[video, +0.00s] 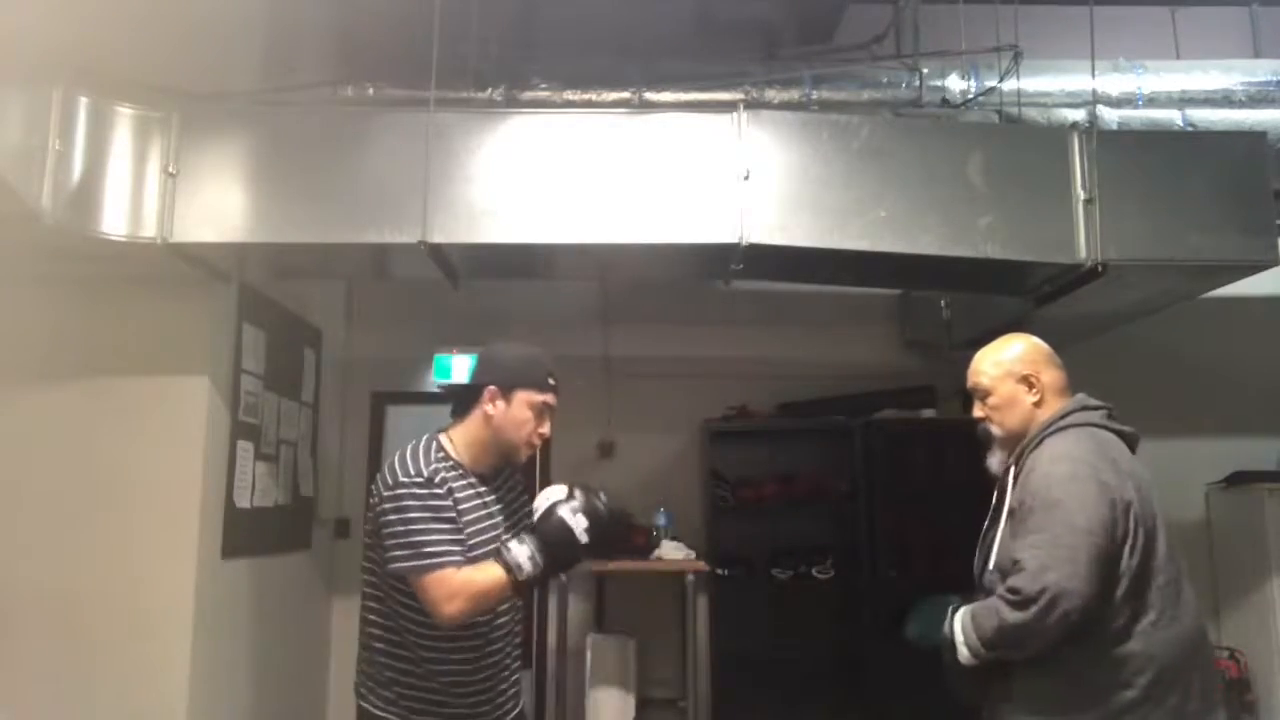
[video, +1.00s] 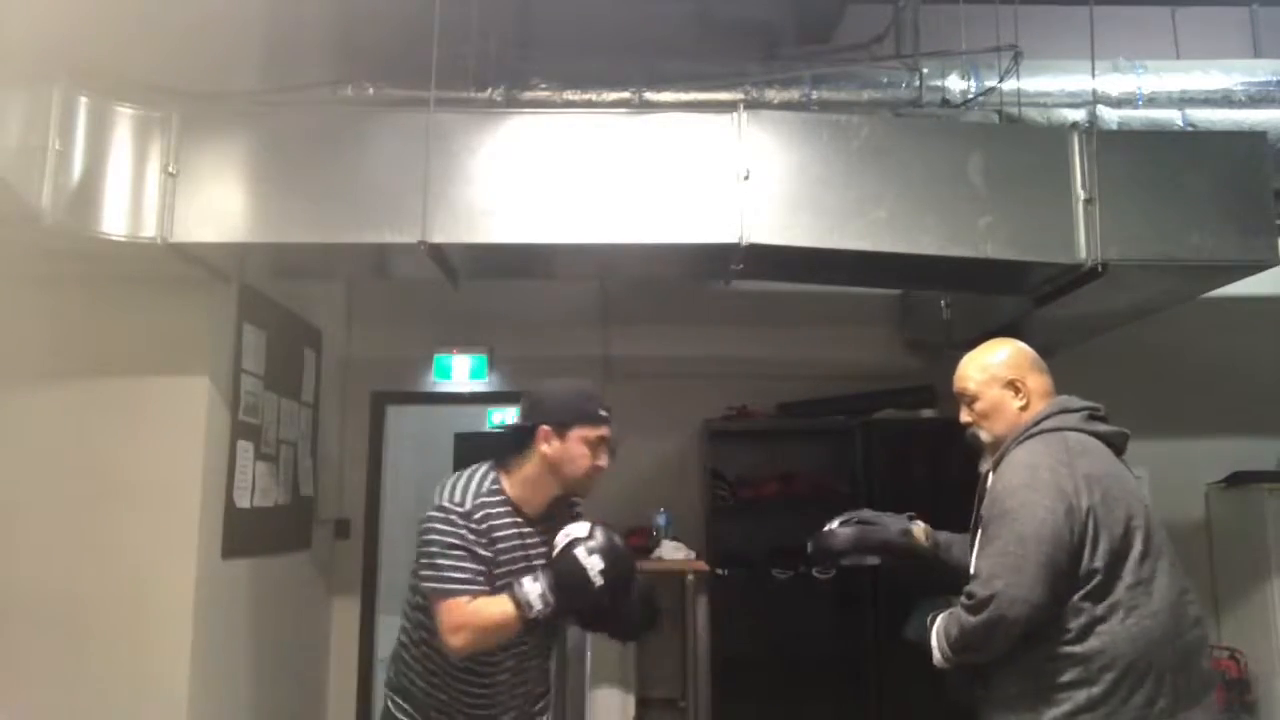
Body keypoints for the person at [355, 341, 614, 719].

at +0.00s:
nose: (547, 431)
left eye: (550, 416)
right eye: (539, 411)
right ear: (492, 401)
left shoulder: (503, 475)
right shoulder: (413, 480)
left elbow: (512, 572)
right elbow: (448, 602)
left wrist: (571, 533)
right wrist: (537, 550)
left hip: (500, 703)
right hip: (418, 709)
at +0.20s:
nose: (561, 455)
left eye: (564, 440)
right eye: (553, 435)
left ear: (507, 428)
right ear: (506, 425)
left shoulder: (509, 497)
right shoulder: (424, 491)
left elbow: (507, 602)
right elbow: (461, 603)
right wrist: (552, 544)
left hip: (499, 706)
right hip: (418, 709)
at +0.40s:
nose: (645, 487)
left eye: (649, 475)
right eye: (636, 470)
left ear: (612, 462)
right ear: (595, 452)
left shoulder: (621, 517)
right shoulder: (497, 484)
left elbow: (685, 573)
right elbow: (473, 566)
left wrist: (752, 596)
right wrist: (579, 524)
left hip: (536, 705)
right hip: (443, 701)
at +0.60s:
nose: (688, 511)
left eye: (693, 499)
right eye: (682, 494)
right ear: (636, 480)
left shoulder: (667, 555)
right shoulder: (539, 511)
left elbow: (713, 616)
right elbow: (509, 612)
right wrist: (608, 562)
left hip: (585, 713)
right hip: (476, 710)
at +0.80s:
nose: (649, 491)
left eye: (653, 474)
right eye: (639, 471)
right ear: (593, 462)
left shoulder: (601, 531)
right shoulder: (498, 512)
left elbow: (602, 624)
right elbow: (490, 630)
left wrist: (643, 650)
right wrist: (590, 582)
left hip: (556, 710)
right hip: (465, 710)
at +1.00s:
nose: (604, 462)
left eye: (605, 447)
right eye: (594, 444)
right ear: (547, 440)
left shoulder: (564, 514)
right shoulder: (458, 508)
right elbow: (457, 632)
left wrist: (619, 604)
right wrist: (551, 589)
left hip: (525, 709)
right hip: (435, 711)